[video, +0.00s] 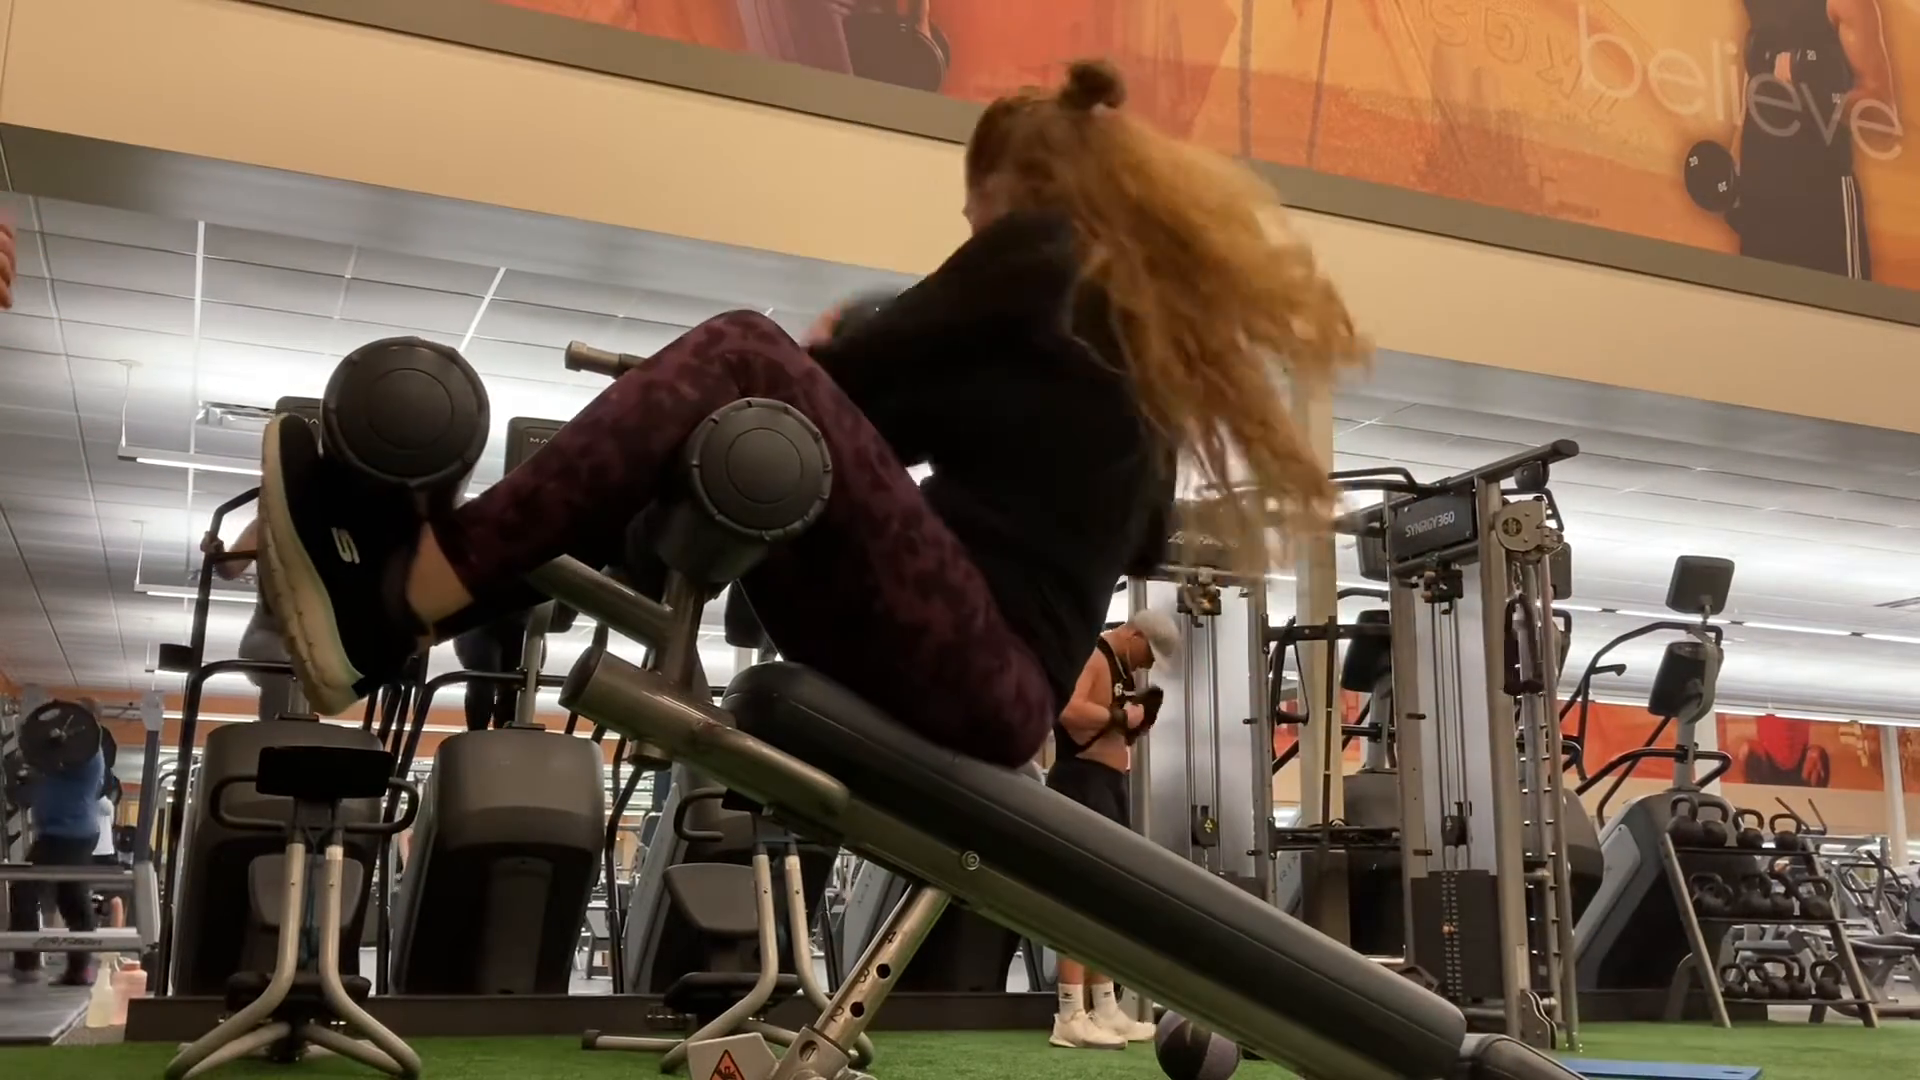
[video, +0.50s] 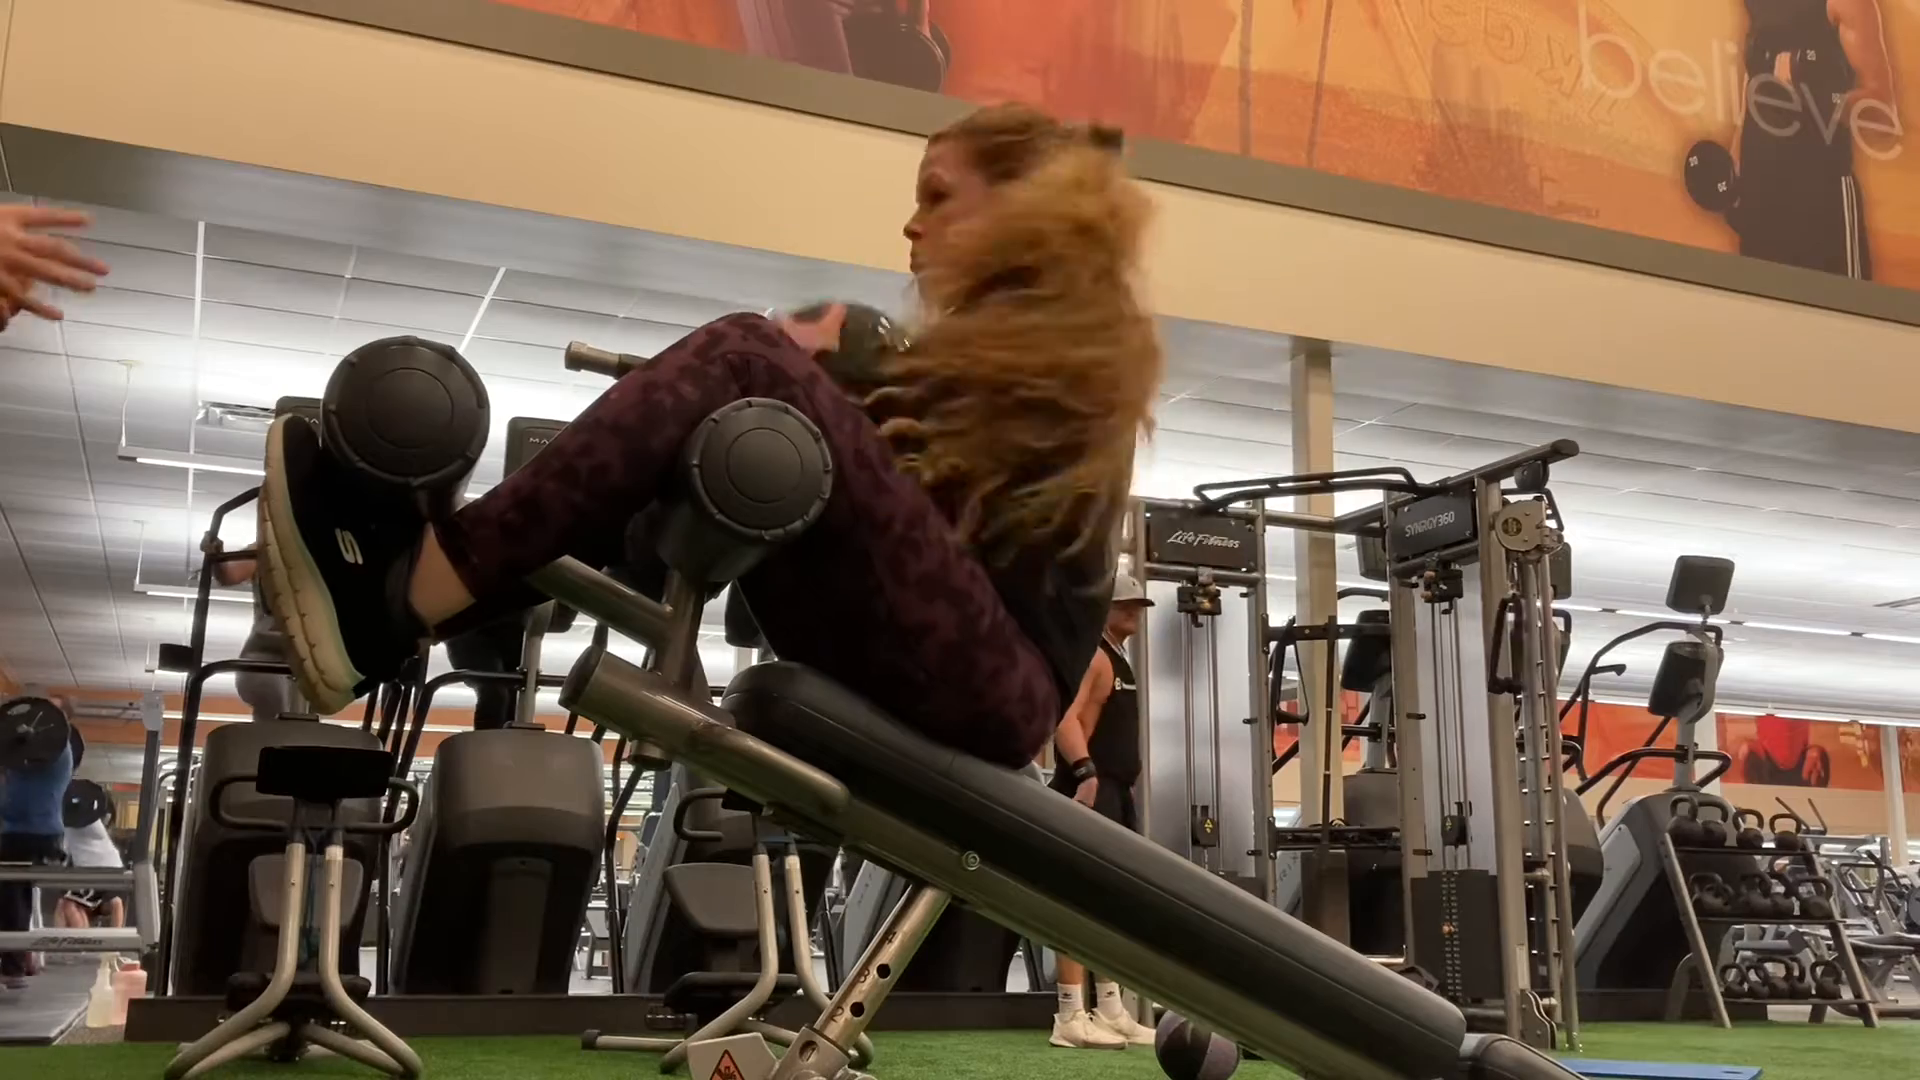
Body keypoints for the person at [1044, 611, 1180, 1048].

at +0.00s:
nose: (1145, 664)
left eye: (1150, 659)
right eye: (1147, 655)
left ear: (1137, 637)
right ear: (1135, 634)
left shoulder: (1118, 666)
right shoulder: (1093, 654)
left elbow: (1109, 733)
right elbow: (1069, 709)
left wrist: (1136, 721)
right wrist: (1120, 715)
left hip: (1110, 786)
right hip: (1082, 783)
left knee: (1104, 899)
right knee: (1075, 898)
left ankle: (1105, 1008)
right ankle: (1070, 1017)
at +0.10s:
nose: (1145, 656)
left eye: (1149, 650)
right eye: (1146, 646)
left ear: (1134, 632)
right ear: (1131, 628)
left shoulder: (1117, 663)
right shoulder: (1090, 654)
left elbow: (1107, 722)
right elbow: (1063, 711)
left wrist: (1131, 743)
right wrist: (1116, 738)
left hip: (1108, 784)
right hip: (1079, 783)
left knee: (1106, 898)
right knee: (1076, 900)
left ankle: (1106, 1009)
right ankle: (1070, 1018)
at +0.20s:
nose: (1145, 643)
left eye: (1149, 636)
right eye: (1144, 633)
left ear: (1134, 625)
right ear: (1124, 618)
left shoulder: (1118, 662)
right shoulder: (1089, 656)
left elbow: (1108, 726)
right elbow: (1063, 715)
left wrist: (1137, 745)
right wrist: (1103, 756)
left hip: (1108, 797)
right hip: (1078, 796)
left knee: (1106, 902)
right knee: (1075, 904)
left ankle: (1109, 1009)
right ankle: (1071, 1017)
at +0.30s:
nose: (1144, 628)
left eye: (1148, 619)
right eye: (1140, 617)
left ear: (1135, 618)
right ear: (1115, 610)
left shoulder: (1119, 662)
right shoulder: (1089, 657)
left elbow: (1114, 728)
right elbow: (1060, 715)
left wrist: (1139, 760)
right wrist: (1094, 763)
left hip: (1107, 798)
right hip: (1075, 797)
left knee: (1104, 902)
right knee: (1072, 904)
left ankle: (1108, 1009)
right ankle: (1071, 1017)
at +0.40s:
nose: (1138, 621)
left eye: (1141, 613)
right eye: (1132, 611)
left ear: (1134, 613)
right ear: (1109, 608)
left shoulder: (1118, 658)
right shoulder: (1093, 658)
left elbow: (1113, 725)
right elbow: (1063, 718)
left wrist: (1129, 774)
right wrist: (1088, 772)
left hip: (1115, 790)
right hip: (1085, 788)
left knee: (1108, 899)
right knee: (1074, 901)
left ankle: (1108, 1008)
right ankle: (1070, 1015)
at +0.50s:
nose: (1138, 615)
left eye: (1140, 608)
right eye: (1130, 607)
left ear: (1132, 613)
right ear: (1108, 609)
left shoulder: (1120, 660)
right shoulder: (1096, 657)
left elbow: (1112, 727)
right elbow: (1066, 719)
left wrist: (1127, 779)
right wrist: (1085, 772)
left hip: (1115, 790)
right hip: (1088, 788)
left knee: (1107, 900)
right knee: (1077, 900)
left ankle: (1108, 1008)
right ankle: (1070, 1015)